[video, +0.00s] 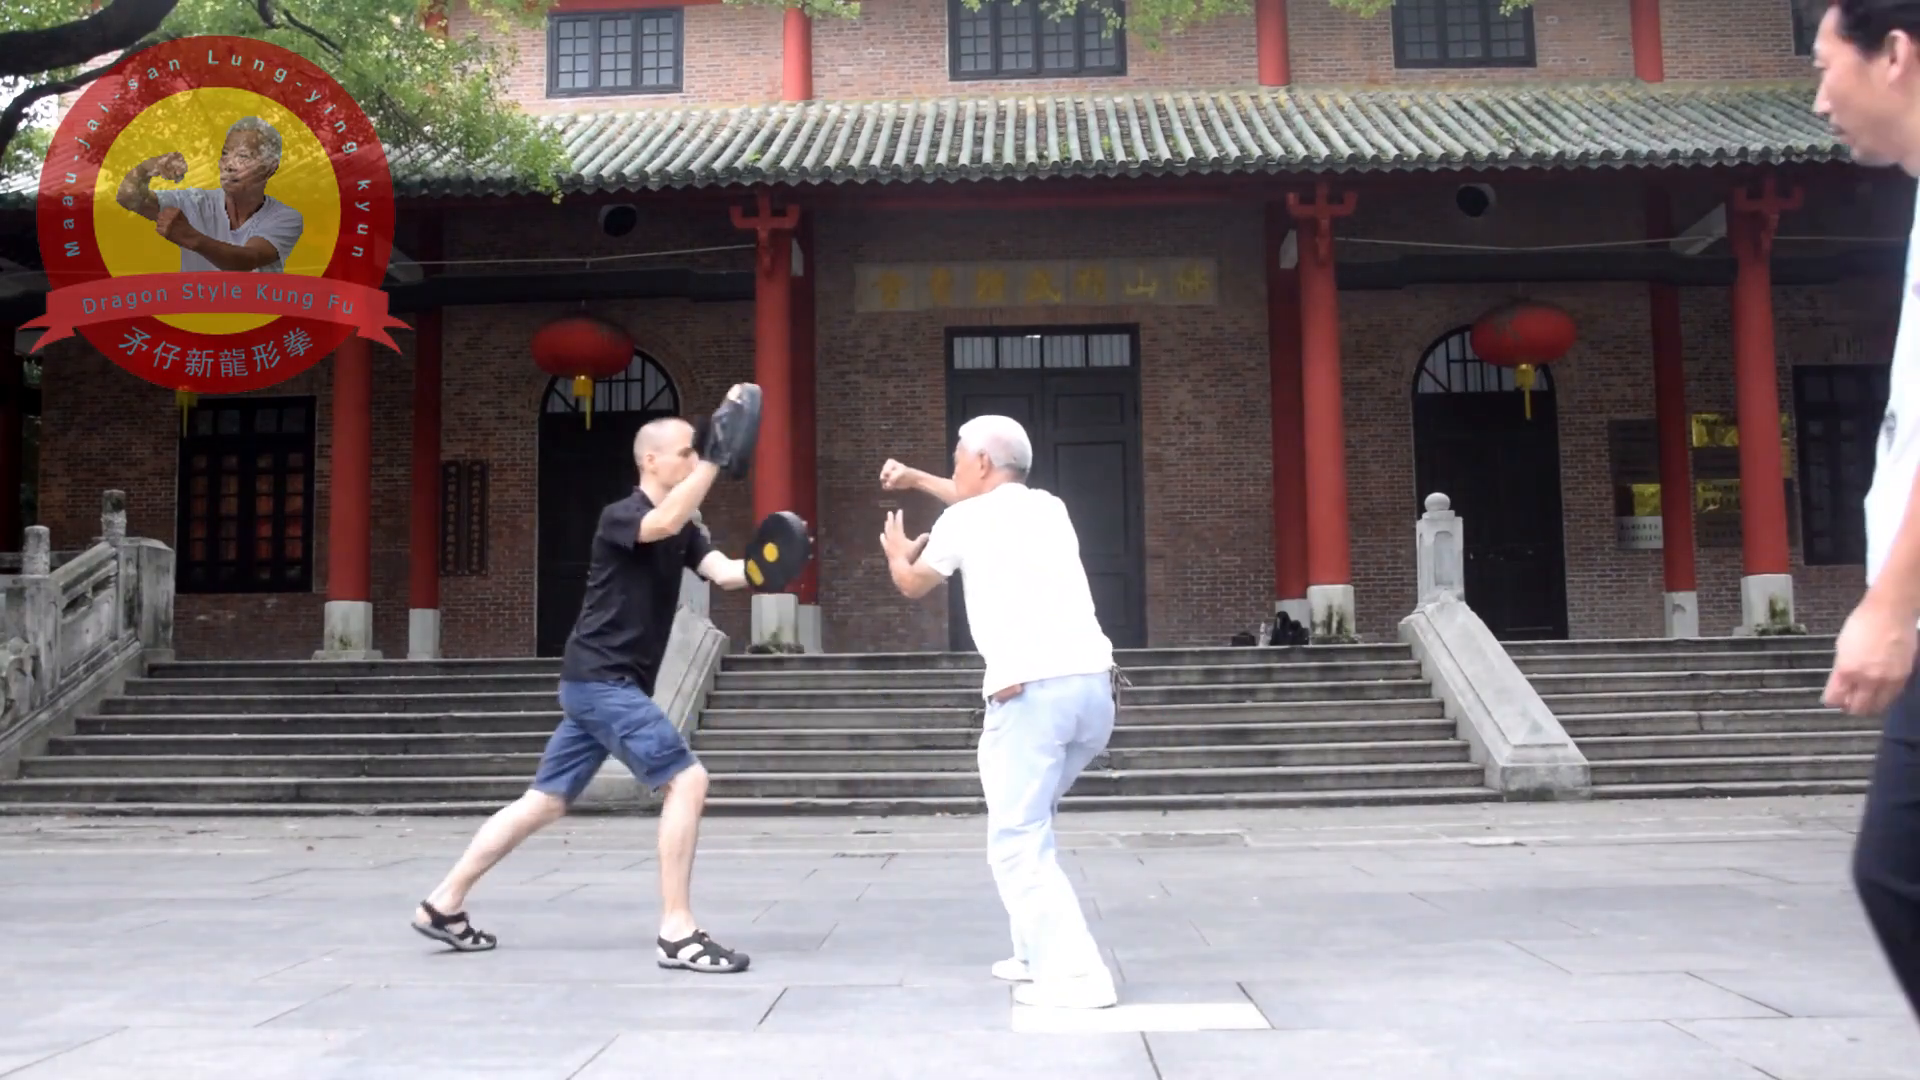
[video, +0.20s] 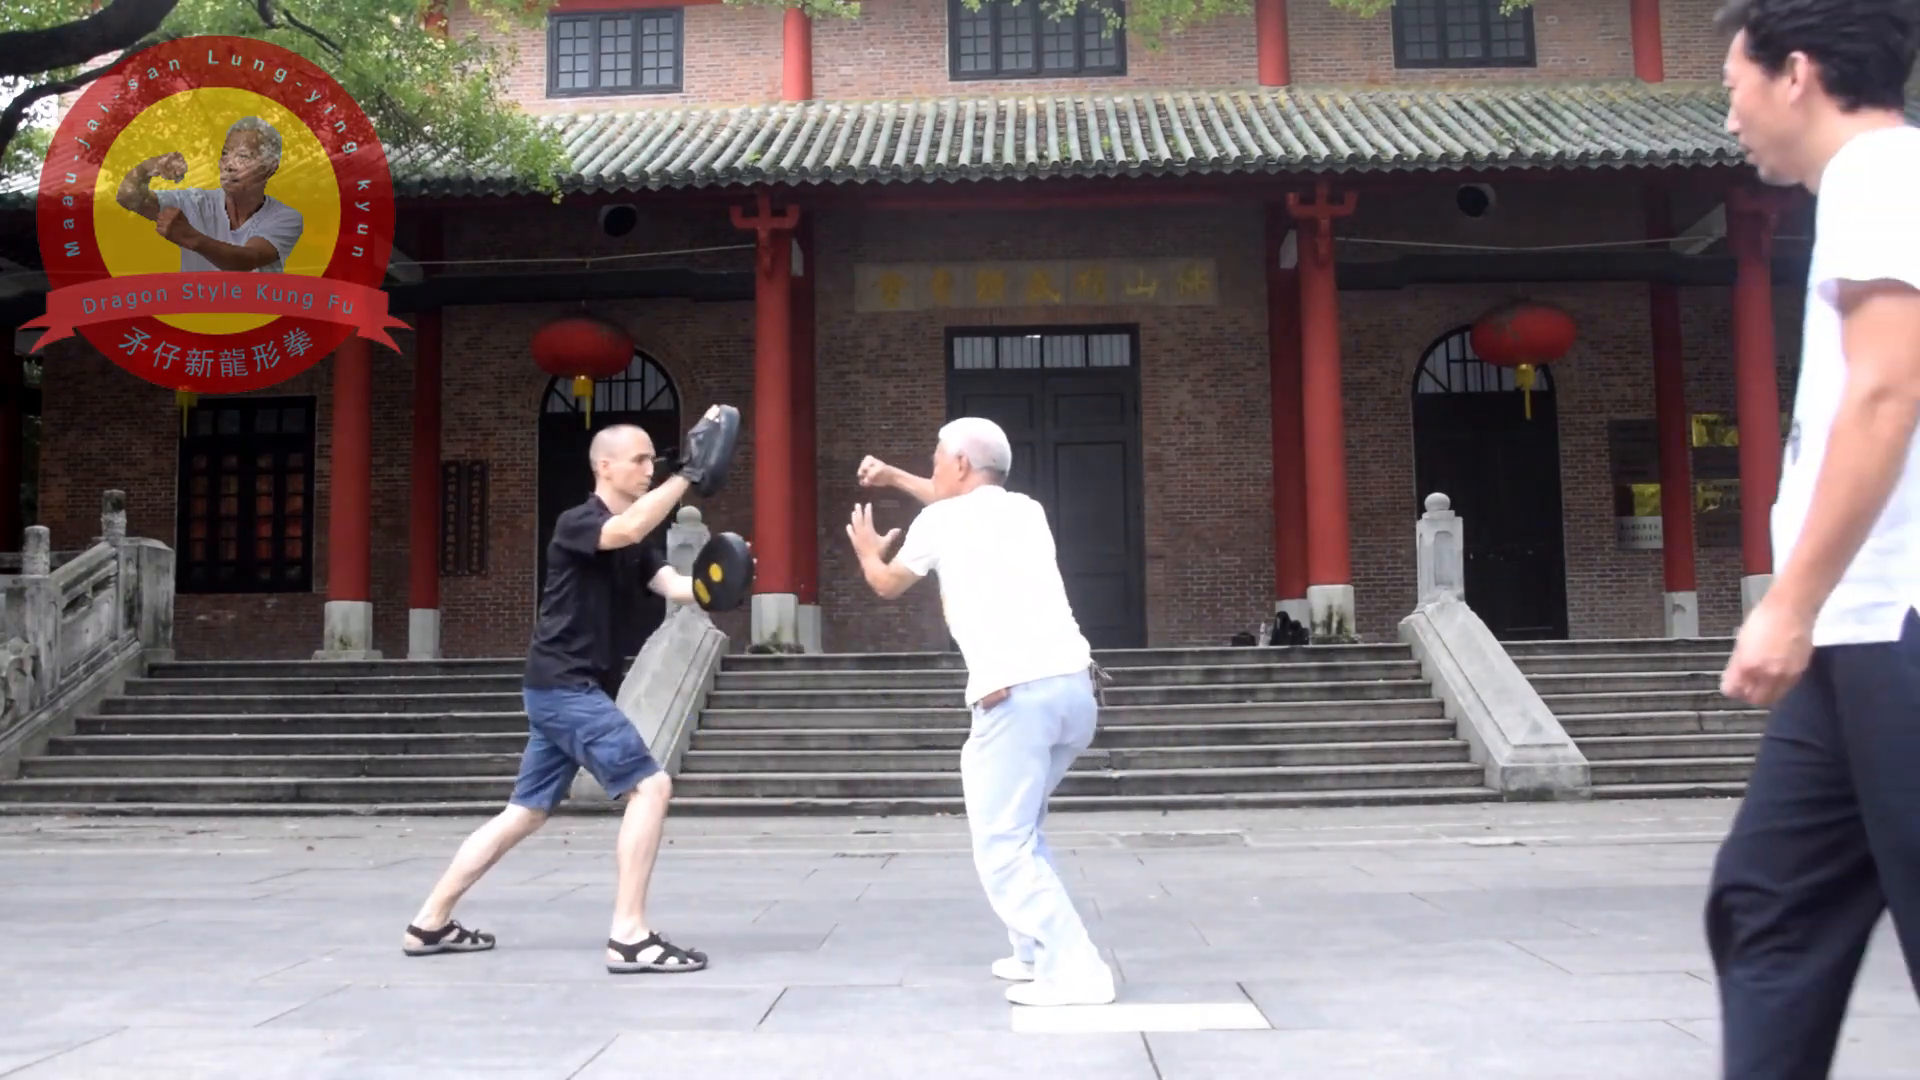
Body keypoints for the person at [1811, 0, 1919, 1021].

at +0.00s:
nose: (1818, 92)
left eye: (1826, 60)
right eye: (1817, 65)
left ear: (1897, 55)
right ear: (1896, 58)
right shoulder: (1917, 203)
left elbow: (1919, 428)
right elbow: (1912, 422)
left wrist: (1891, 605)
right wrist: (1887, 605)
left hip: (1917, 615)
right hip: (1913, 615)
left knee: (1892, 866)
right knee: (1891, 867)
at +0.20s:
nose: (1731, 119)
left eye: (1735, 88)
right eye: (1727, 92)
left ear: (1803, 73)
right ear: (1815, 75)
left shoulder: (1877, 172)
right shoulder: (1869, 177)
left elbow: (1887, 393)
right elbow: (1881, 399)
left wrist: (1791, 602)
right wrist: (1803, 604)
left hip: (1893, 631)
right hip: (1857, 629)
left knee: (1919, 934)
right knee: (1769, 910)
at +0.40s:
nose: (1623, 137)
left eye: (1631, 109)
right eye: (1624, 111)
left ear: (1687, 100)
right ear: (1708, 106)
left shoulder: (1747, 178)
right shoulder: (1781, 190)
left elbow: (1744, 388)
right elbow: (1785, 412)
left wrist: (1664, 587)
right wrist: (1686, 597)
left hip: (1793, 629)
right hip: (1731, 634)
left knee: (1900, 939)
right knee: (1640, 927)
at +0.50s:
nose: (1571, 134)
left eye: (1576, 106)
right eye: (1570, 109)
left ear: (1629, 100)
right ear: (1673, 102)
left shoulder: (1682, 167)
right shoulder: (1715, 186)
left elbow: (1672, 372)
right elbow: (1710, 405)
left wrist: (1600, 572)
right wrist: (1616, 578)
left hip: (1713, 613)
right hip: (1662, 618)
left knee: (1762, 924)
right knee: (1620, 931)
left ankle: (1897, 1051)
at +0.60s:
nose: (1518, 136)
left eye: (1522, 111)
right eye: (1516, 114)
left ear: (1572, 104)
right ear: (1623, 106)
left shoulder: (1624, 168)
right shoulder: (1666, 189)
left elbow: (1613, 371)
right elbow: (1647, 401)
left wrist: (1535, 563)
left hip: (1658, 603)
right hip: (1652, 602)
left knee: (1620, 920)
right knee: (1605, 922)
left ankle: (1844, 1067)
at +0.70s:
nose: (1467, 145)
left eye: (1470, 119)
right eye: (1467, 121)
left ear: (1515, 112)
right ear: (1565, 112)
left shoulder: (1567, 174)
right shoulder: (1622, 193)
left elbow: (1563, 373)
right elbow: (1611, 409)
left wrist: (1482, 567)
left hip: (1606, 612)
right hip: (1644, 610)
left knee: (1502, 893)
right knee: (1617, 911)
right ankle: (1647, 1067)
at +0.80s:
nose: (1418, 150)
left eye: (1421, 125)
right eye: (1418, 126)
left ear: (1464, 120)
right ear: (1520, 119)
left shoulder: (1512, 185)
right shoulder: (1579, 207)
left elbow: (1515, 380)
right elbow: (1588, 425)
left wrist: (1444, 578)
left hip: (1554, 615)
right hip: (1605, 616)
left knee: (1426, 902)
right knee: (1588, 917)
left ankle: (1474, 1068)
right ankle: (1639, 1072)